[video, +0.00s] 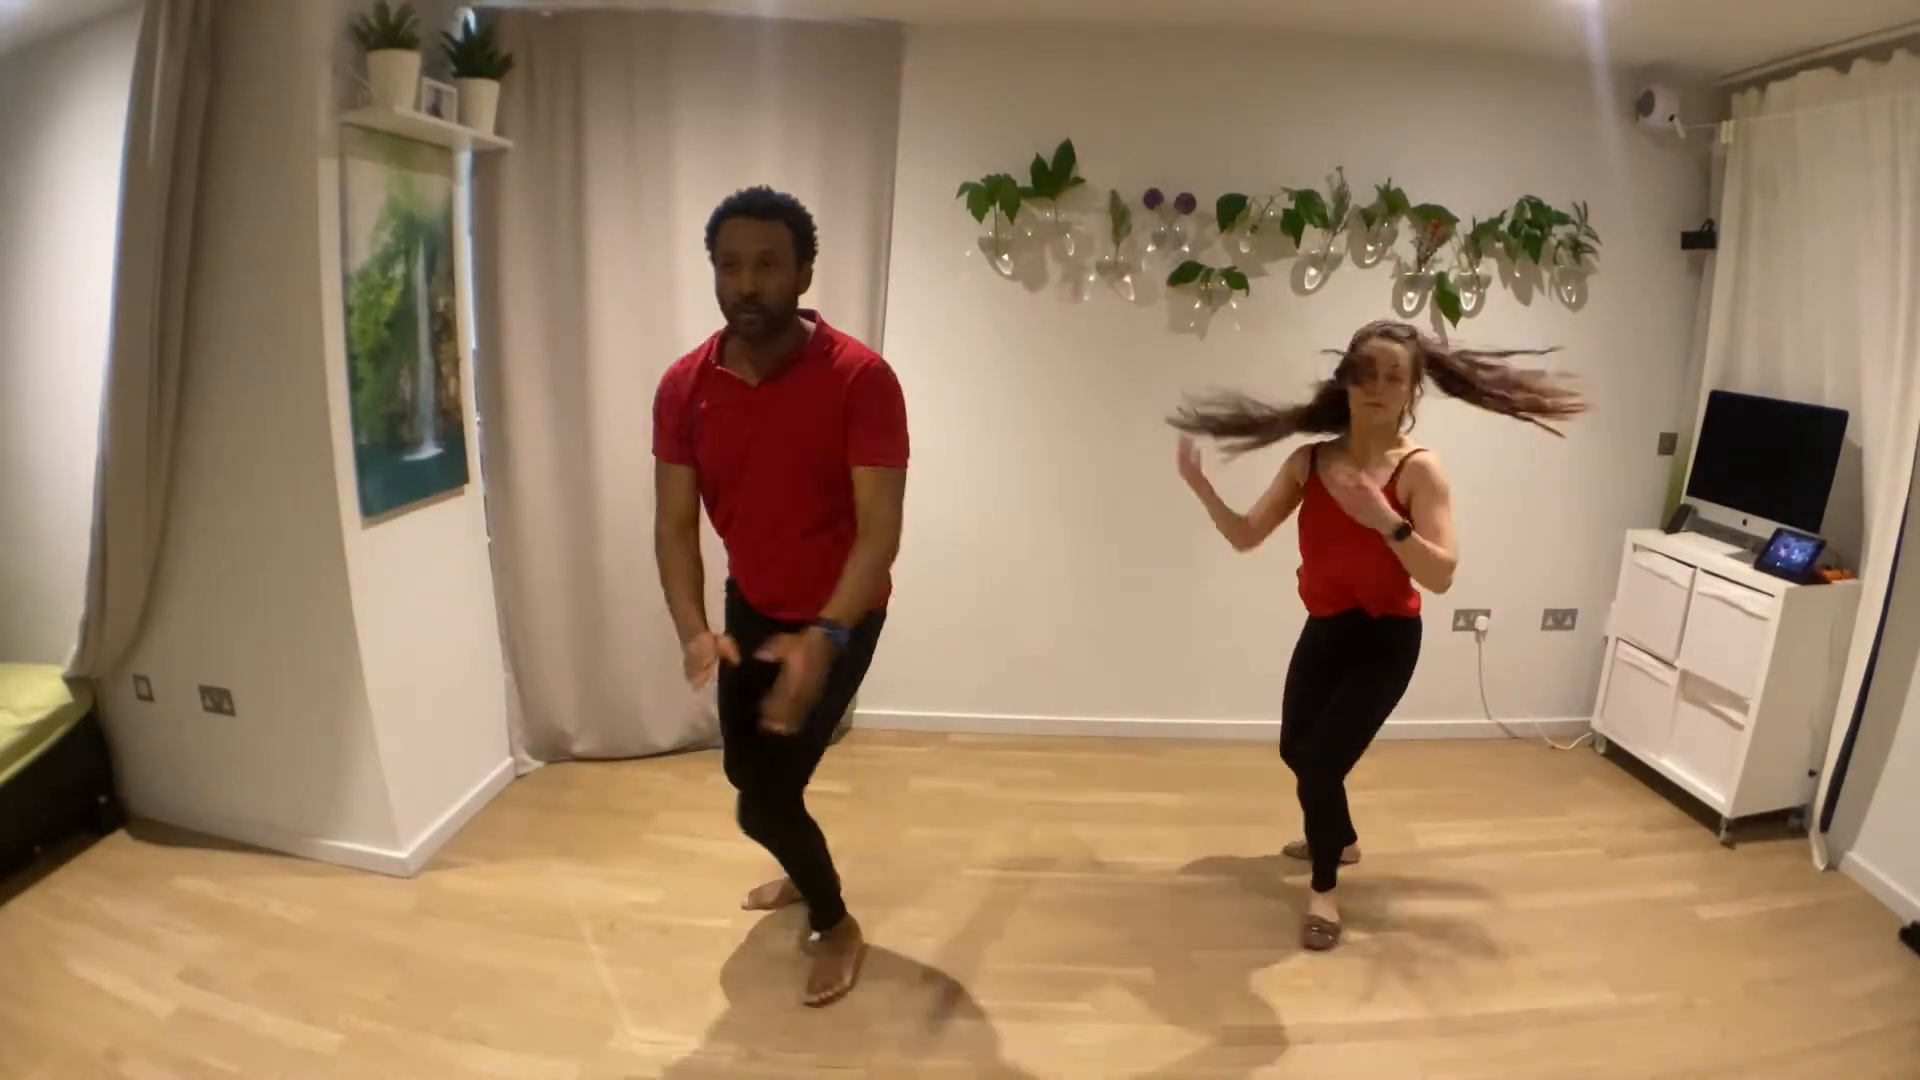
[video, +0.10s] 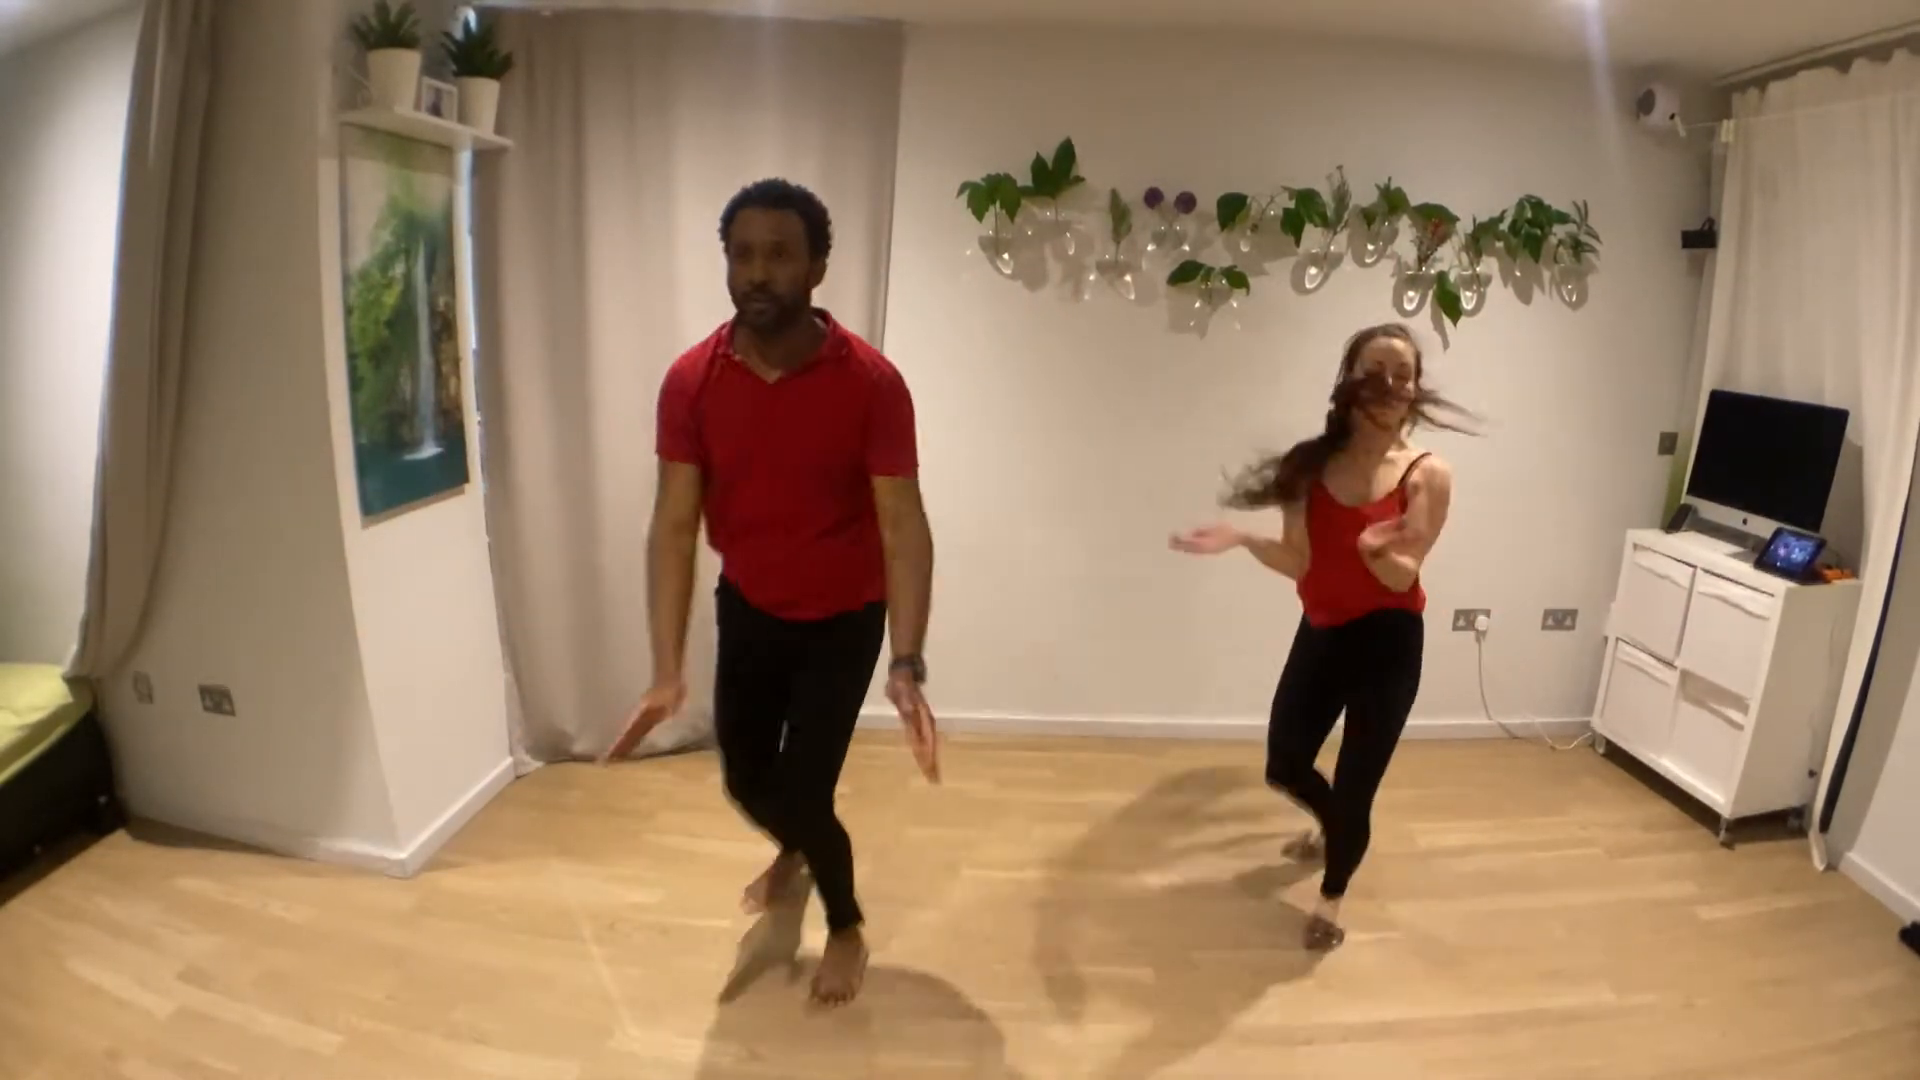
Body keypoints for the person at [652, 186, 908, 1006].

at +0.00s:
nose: (745, 285)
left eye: (768, 266)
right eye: (730, 265)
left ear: (805, 275)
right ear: (712, 273)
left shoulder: (859, 379)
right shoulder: (687, 386)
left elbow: (879, 533)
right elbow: (677, 525)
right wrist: (695, 628)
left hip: (843, 610)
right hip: (754, 601)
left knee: (767, 806)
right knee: (752, 772)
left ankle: (834, 929)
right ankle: (806, 870)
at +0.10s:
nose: (755, 274)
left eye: (777, 255)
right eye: (740, 254)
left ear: (818, 266)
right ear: (724, 264)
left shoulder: (869, 383)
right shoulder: (694, 381)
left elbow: (904, 524)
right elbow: (673, 525)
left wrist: (907, 662)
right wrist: (667, 672)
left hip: (845, 612)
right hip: (748, 602)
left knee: (800, 795)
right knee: (746, 780)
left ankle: (844, 927)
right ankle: (796, 850)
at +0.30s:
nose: (747, 271)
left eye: (771, 253)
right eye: (733, 252)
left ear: (816, 269)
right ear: (718, 263)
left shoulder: (877, 376)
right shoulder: (687, 369)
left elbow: (1009, 468)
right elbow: (557, 434)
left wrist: (1065, 584)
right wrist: (487, 531)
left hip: (852, 625)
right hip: (749, 620)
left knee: (819, 818)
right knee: (729, 831)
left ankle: (849, 940)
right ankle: (715, 1043)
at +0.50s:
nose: (729, 270)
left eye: (753, 253)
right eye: (715, 251)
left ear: (800, 271)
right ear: (696, 262)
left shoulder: (867, 356)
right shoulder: (670, 340)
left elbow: (1009, 350)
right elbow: (557, 303)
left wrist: (1117, 364)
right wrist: (432, 317)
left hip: (845, 645)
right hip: (733, 638)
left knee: (818, 842)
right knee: (705, 862)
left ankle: (843, 939)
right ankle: (693, 1073)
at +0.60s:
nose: (711, 262)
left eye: (738, 244)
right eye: (698, 242)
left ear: (786, 265)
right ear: (680, 257)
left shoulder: (855, 353)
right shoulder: (659, 335)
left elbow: (994, 330)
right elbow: (559, 288)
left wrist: (1111, 309)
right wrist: (438, 256)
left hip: (832, 668)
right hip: (716, 663)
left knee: (820, 861)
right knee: (691, 896)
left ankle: (844, 935)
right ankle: (691, 1079)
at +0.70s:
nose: (692, 257)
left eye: (720, 238)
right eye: (676, 238)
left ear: (770, 259)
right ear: (659, 254)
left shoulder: (841, 360)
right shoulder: (642, 342)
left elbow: (989, 340)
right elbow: (563, 313)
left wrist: (1105, 298)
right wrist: (452, 243)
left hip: (818, 689)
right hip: (695, 685)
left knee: (815, 879)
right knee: (672, 939)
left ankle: (845, 933)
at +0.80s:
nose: (666, 267)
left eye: (696, 246)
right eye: (652, 245)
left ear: (752, 269)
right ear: (636, 259)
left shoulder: (817, 383)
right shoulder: (622, 376)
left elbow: (984, 384)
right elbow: (552, 376)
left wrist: (1097, 316)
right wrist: (452, 281)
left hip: (794, 727)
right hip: (663, 723)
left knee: (805, 912)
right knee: (645, 981)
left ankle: (836, 956)